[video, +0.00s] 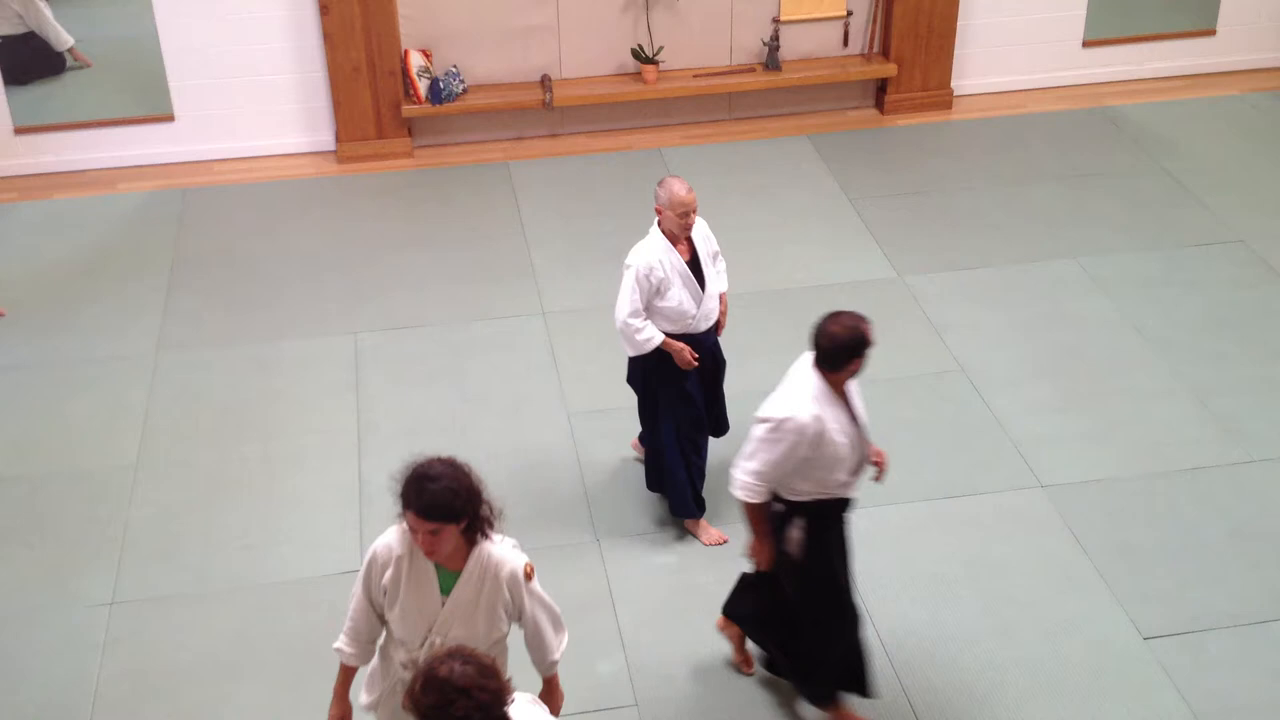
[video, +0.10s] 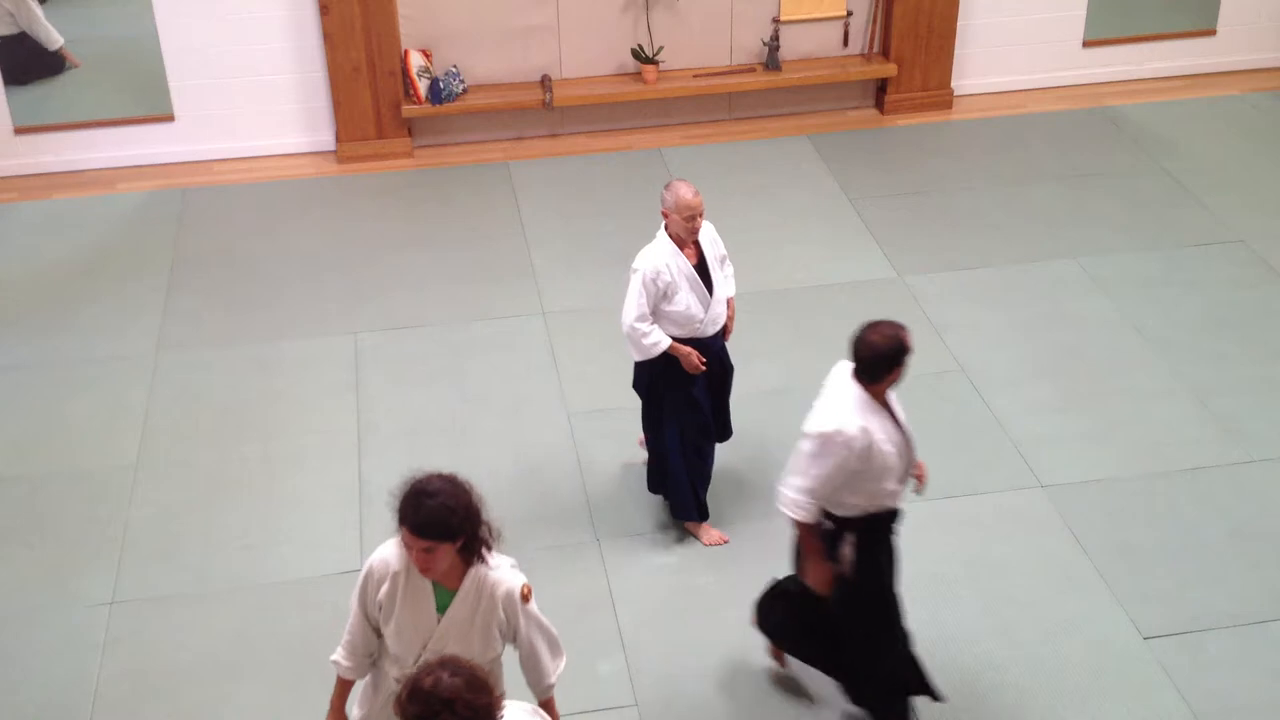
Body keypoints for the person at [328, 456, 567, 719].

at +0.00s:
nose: (423, 543)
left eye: (435, 533)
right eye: (413, 530)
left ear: (464, 520)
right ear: (406, 516)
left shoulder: (507, 567)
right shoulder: (389, 553)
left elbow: (542, 628)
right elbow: (362, 625)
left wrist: (552, 686)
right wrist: (340, 696)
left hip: (471, 701)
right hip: (394, 701)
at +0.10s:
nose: (416, 560)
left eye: (428, 550)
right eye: (408, 547)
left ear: (459, 540)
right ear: (402, 531)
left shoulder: (503, 585)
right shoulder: (385, 566)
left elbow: (536, 656)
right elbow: (358, 641)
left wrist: (551, 713)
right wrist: (336, 708)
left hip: (468, 706)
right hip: (387, 705)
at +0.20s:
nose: (404, 582)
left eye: (415, 574)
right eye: (397, 568)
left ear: (448, 564)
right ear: (392, 555)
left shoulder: (494, 613)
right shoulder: (373, 585)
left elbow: (531, 702)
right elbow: (341, 664)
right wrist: (326, 714)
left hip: (449, 712)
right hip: (371, 710)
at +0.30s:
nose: (383, 602)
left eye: (394, 593)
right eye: (379, 588)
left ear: (428, 587)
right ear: (375, 573)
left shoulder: (479, 635)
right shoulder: (358, 599)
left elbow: (510, 714)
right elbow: (323, 677)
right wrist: (308, 716)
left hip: (428, 715)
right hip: (353, 711)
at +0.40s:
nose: (357, 623)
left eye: (369, 615)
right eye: (353, 610)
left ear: (406, 607)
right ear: (348, 597)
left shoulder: (458, 656)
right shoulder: (333, 619)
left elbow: (480, 717)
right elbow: (295, 703)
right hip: (338, 713)